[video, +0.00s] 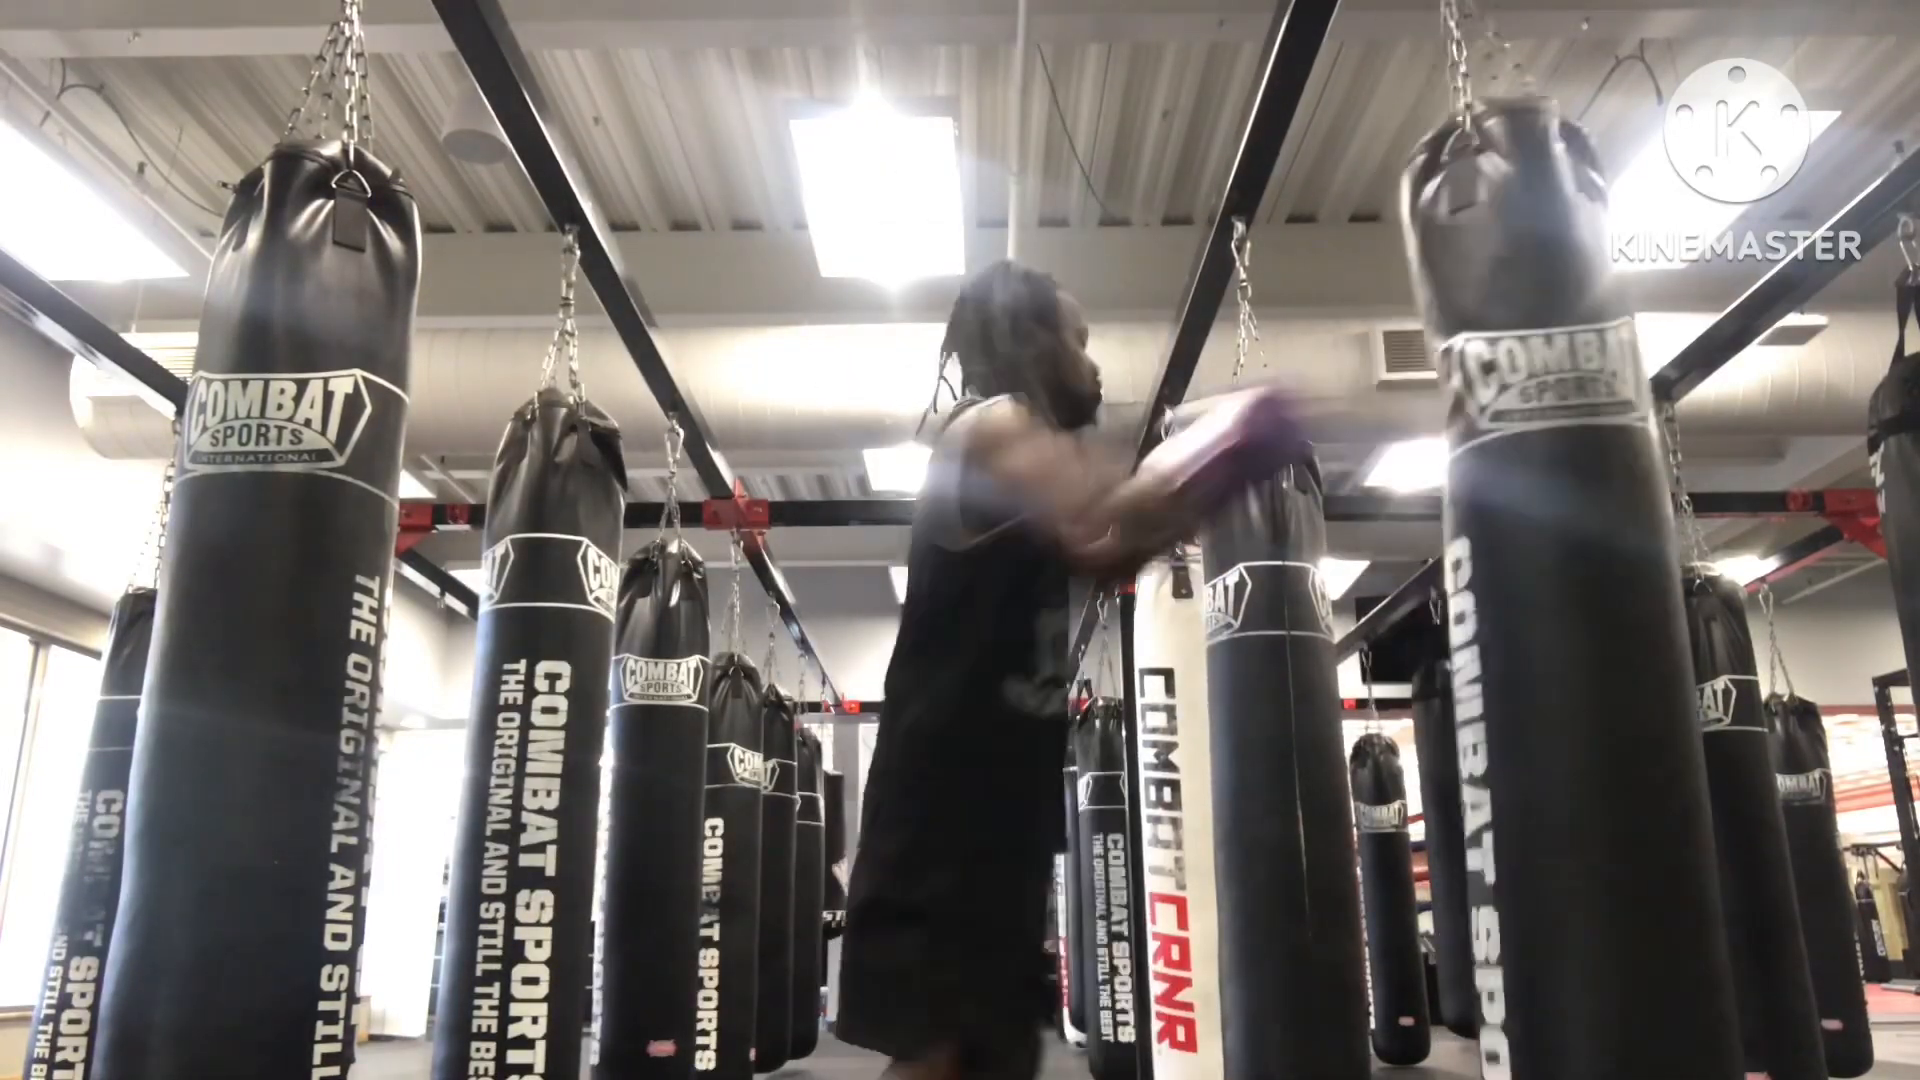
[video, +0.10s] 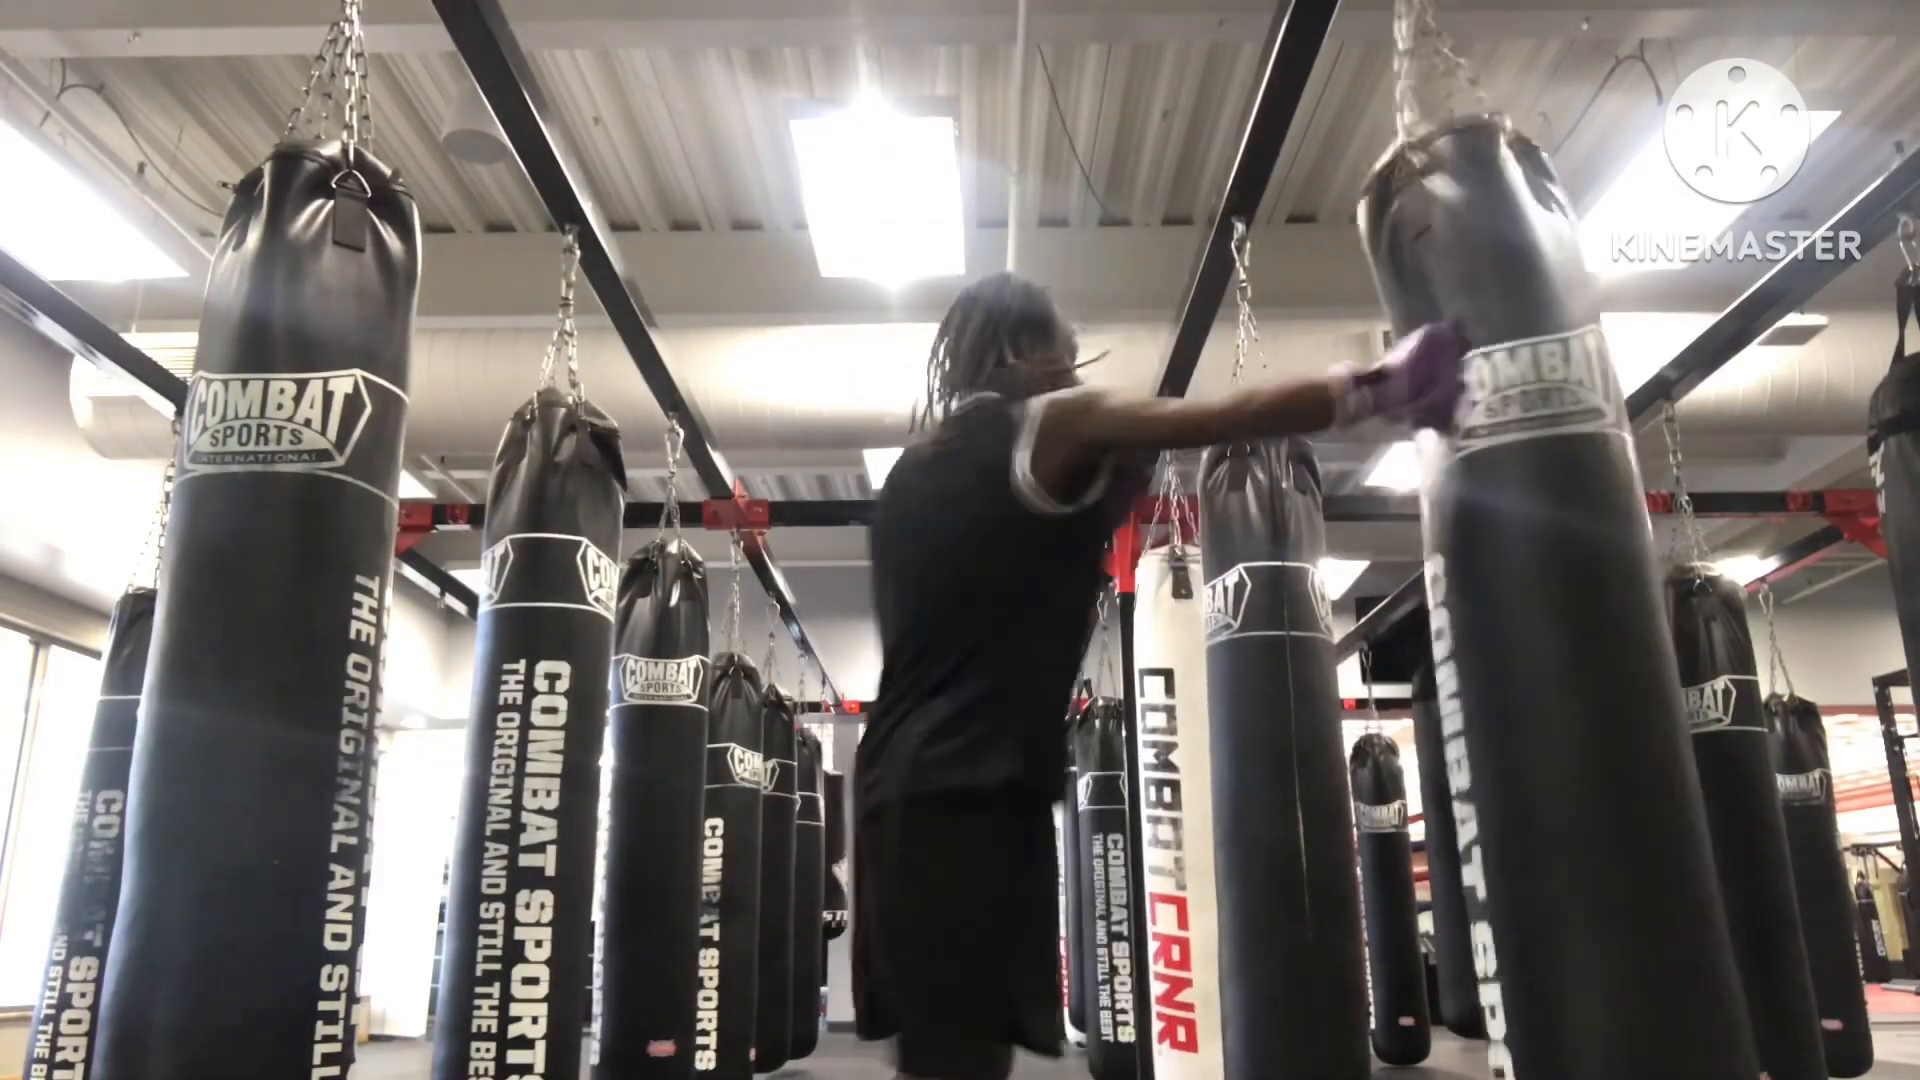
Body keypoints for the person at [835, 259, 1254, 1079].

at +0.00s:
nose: (1094, 359)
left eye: (1088, 338)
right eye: (1079, 338)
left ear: (1007, 343)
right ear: (1030, 338)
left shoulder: (1028, 444)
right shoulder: (991, 426)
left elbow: (1099, 548)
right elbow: (1095, 510)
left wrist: (1222, 468)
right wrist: (1222, 442)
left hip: (997, 812)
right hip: (952, 811)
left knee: (993, 1043)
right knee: (945, 1046)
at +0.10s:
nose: (1073, 371)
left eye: (1071, 353)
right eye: (1061, 352)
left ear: (970, 357)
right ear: (1017, 352)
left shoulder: (912, 470)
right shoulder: (1052, 420)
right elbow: (1234, 414)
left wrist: (1113, 484)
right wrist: (1380, 388)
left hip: (894, 785)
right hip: (980, 791)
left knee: (937, 1045)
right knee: (966, 1051)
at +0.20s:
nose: (1045, 378)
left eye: (1041, 363)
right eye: (1034, 361)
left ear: (935, 364)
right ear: (1001, 358)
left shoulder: (890, 471)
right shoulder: (993, 421)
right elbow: (1170, 430)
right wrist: (1321, 408)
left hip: (887, 800)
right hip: (949, 799)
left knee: (933, 1054)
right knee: (955, 1054)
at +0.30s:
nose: (1022, 364)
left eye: (1017, 345)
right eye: (1007, 344)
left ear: (931, 351)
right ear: (961, 347)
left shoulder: (925, 459)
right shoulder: (918, 416)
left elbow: (995, 628)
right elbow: (1044, 464)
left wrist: (1048, 519)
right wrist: (1195, 436)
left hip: (926, 777)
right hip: (884, 777)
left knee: (972, 1038)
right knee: (869, 1042)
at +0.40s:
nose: (991, 360)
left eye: (987, 339)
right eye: (976, 337)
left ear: (921, 346)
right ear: (923, 341)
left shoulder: (912, 467)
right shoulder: (851, 423)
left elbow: (960, 639)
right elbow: (901, 514)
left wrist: (1023, 555)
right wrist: (1040, 457)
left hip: (921, 776)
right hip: (853, 775)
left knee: (966, 1042)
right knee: (827, 1041)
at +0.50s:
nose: (946, 352)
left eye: (944, 332)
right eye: (930, 329)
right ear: (875, 332)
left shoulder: (878, 463)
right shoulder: (792, 425)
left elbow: (894, 652)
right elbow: (811, 558)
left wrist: (977, 577)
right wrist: (918, 450)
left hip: (897, 763)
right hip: (814, 766)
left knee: (952, 1030)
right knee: (771, 1035)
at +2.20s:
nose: (1017, 283)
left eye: (1017, 258)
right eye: (1006, 249)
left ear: (931, 247)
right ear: (948, 233)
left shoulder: (927, 373)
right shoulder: (859, 294)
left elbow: (994, 587)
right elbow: (935, 481)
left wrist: (1029, 470)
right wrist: (1040, 407)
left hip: (941, 752)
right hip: (852, 745)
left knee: (1008, 1042)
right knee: (843, 1042)